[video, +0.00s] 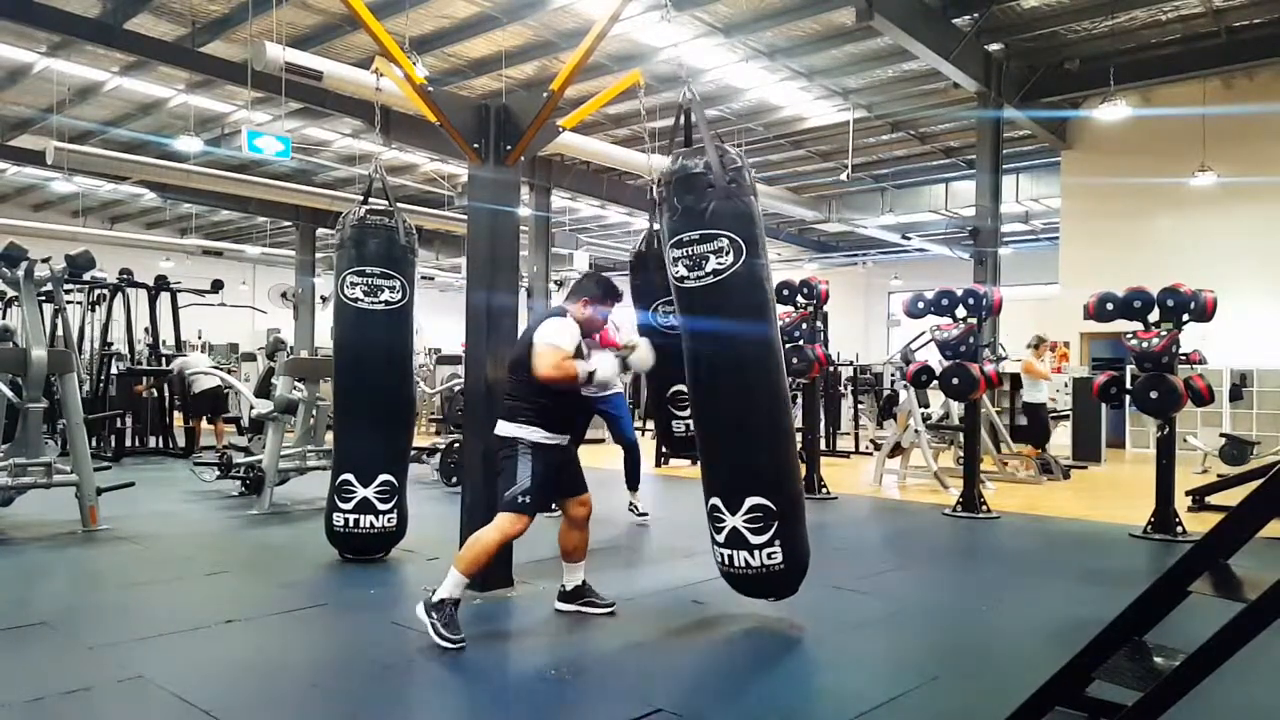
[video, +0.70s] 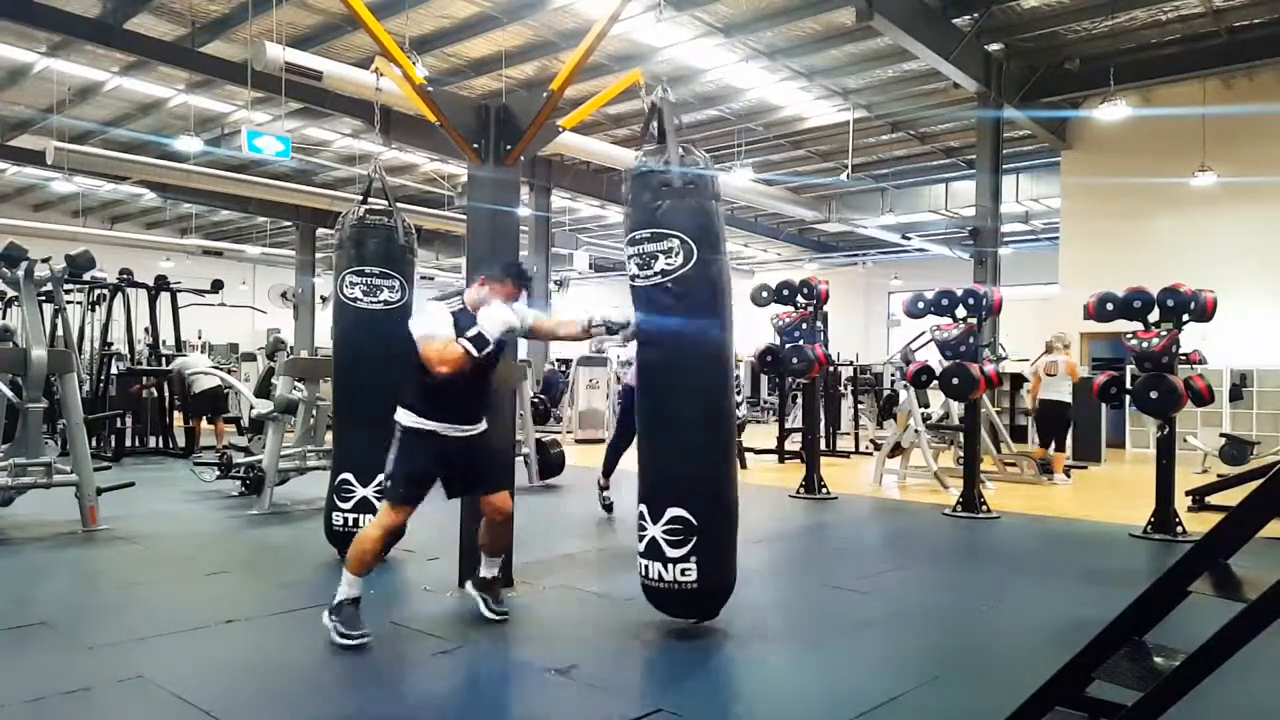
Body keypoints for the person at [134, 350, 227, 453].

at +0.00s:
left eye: (173, 365)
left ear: (177, 360)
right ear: (187, 355)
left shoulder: (178, 362)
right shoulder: (202, 356)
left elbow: (163, 378)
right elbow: (216, 367)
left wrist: (145, 387)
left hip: (200, 391)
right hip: (217, 387)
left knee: (196, 421)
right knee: (218, 420)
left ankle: (196, 448)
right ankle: (220, 446)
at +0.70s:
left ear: (176, 360)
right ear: (187, 355)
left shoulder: (176, 363)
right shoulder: (201, 357)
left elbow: (160, 380)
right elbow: (215, 367)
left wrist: (142, 386)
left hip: (199, 391)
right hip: (217, 387)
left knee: (196, 422)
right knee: (218, 419)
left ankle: (196, 448)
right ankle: (220, 446)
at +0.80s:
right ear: (187, 355)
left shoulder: (178, 364)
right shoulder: (202, 357)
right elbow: (214, 368)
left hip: (200, 390)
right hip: (217, 386)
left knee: (196, 421)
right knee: (218, 419)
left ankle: (196, 447)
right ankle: (220, 446)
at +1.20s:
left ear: (188, 352)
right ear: (200, 350)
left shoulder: (184, 360)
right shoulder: (210, 356)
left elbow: (184, 380)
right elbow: (221, 368)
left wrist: (183, 399)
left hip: (201, 391)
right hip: (220, 388)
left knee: (197, 421)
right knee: (220, 420)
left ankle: (197, 447)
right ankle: (220, 446)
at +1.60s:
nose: (197, 352)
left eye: (197, 350)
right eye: (196, 350)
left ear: (200, 347)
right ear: (208, 346)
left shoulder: (198, 354)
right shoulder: (225, 353)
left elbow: (195, 376)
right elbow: (234, 372)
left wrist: (192, 393)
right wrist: (232, 386)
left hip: (209, 392)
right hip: (226, 391)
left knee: (198, 419)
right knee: (223, 421)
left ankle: (196, 447)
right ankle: (219, 447)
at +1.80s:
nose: (203, 348)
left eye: (203, 346)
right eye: (202, 346)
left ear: (206, 343)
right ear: (214, 343)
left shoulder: (206, 353)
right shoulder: (231, 353)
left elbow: (203, 372)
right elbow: (240, 371)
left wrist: (200, 389)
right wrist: (241, 386)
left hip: (214, 391)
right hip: (229, 391)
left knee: (203, 417)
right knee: (224, 420)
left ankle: (209, 442)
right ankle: (220, 446)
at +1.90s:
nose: (203, 346)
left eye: (203, 343)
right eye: (202, 344)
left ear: (209, 341)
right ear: (215, 341)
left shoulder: (211, 352)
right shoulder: (232, 353)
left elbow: (208, 372)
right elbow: (240, 372)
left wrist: (203, 387)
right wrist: (241, 386)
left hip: (216, 391)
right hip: (230, 391)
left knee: (207, 417)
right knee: (225, 421)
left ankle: (223, 443)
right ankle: (223, 446)